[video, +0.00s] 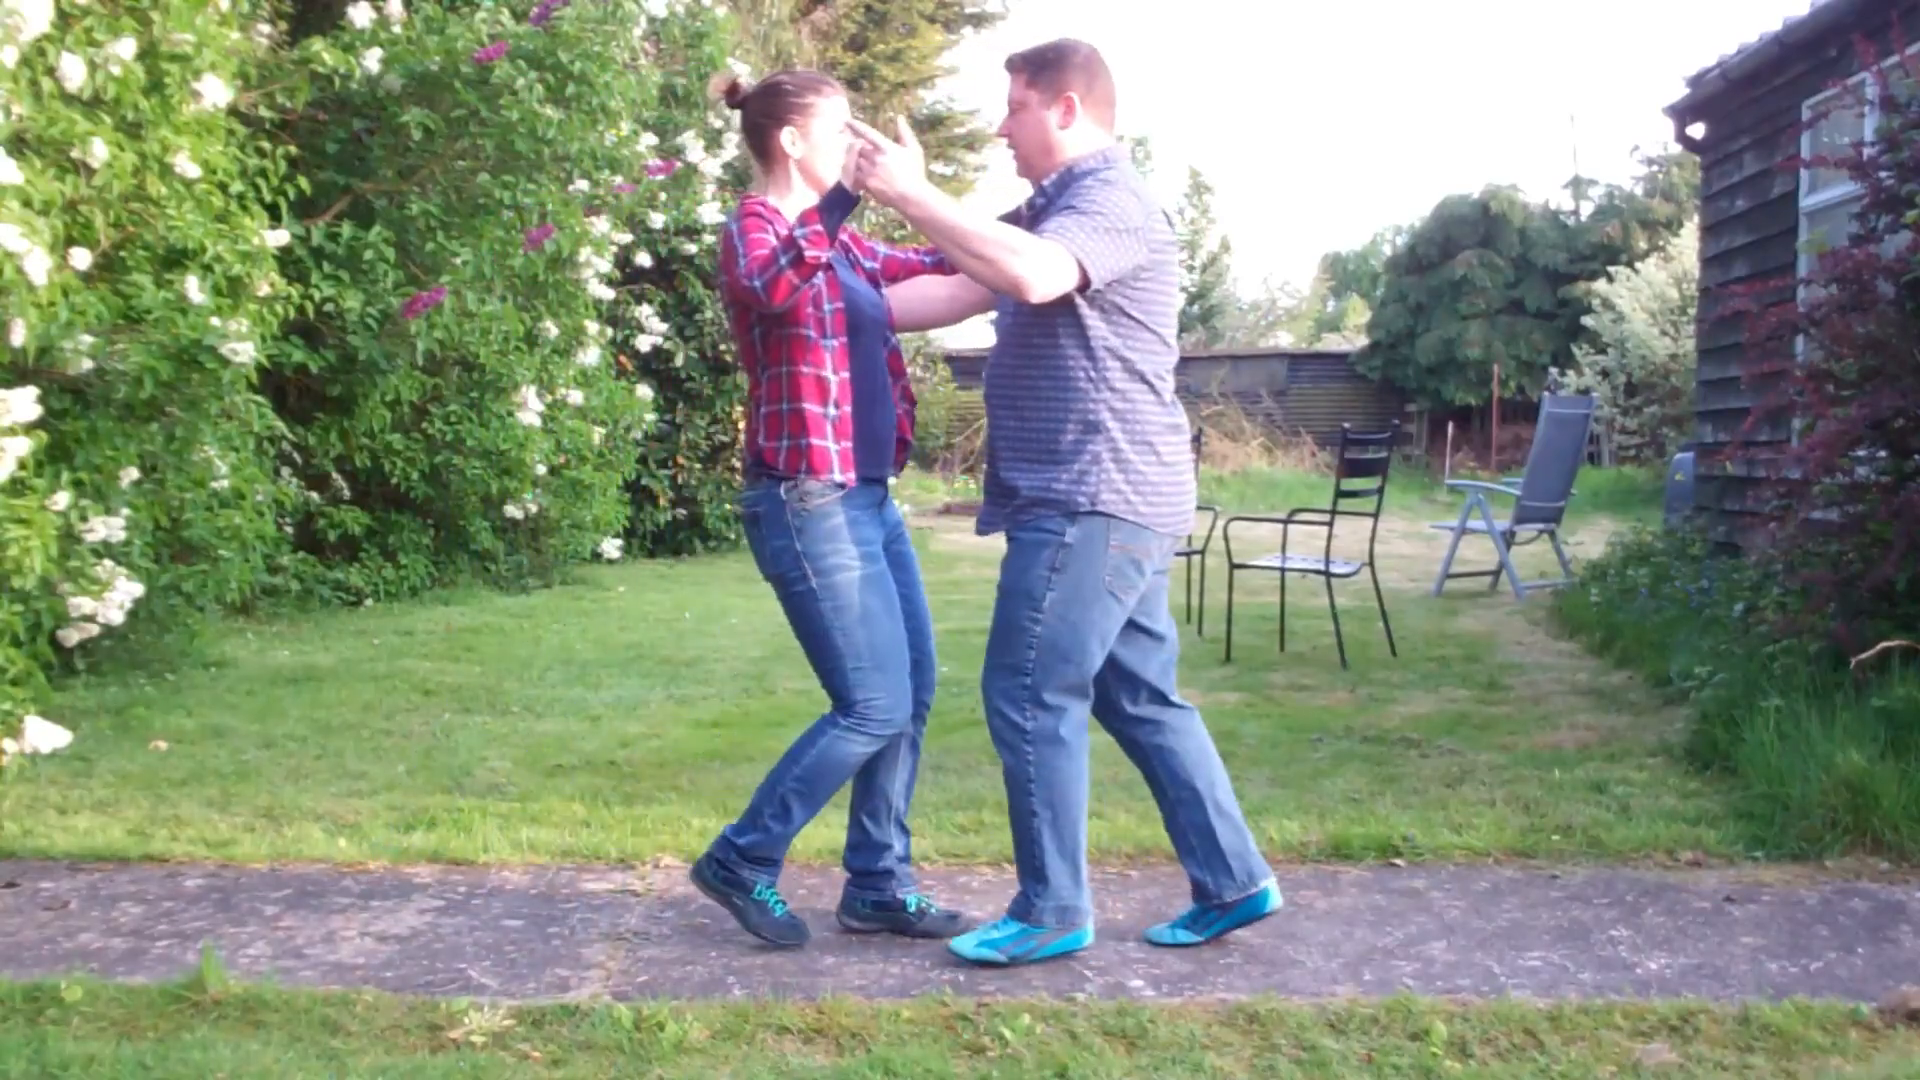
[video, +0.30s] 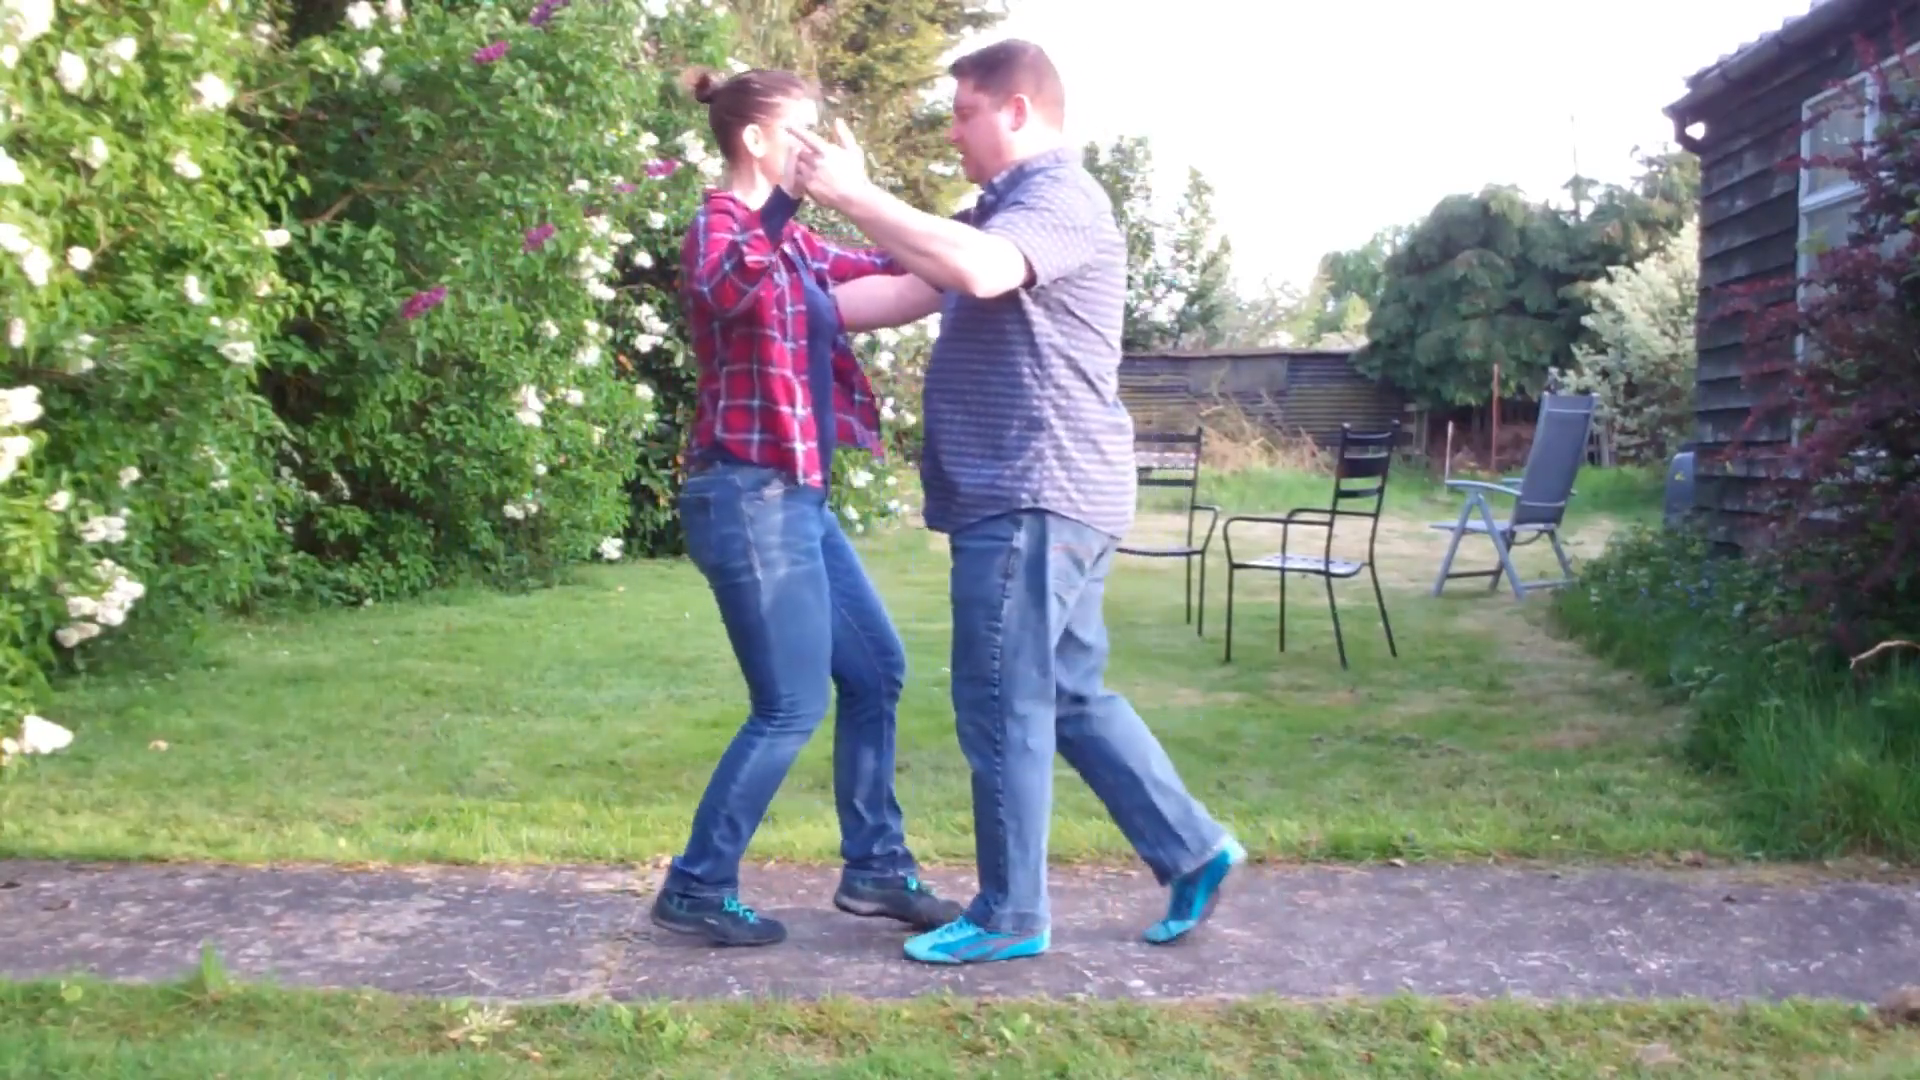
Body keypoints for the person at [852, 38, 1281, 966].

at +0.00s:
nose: (1003, 130)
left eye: (1013, 110)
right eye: (1005, 112)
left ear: (1066, 108)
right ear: (1073, 109)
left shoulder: (1114, 198)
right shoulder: (1060, 211)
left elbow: (1036, 273)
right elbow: (956, 287)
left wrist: (914, 194)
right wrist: (823, 308)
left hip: (1097, 495)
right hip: (1111, 495)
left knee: (1029, 695)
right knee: (1140, 697)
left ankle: (1055, 912)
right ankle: (1234, 881)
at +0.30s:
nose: (955, 136)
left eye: (963, 116)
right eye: (953, 118)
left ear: (1018, 108)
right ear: (1022, 111)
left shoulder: (1063, 196)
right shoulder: (1010, 209)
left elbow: (981, 266)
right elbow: (903, 289)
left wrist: (856, 194)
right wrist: (778, 309)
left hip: (1036, 493)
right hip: (1034, 493)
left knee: (1002, 711)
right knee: (1071, 696)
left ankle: (1011, 915)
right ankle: (1195, 851)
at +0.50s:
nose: (891, 143)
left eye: (898, 122)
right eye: (888, 125)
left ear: (950, 109)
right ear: (954, 113)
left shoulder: (1001, 186)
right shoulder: (955, 202)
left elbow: (900, 254)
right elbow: (845, 289)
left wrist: (766, 183)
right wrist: (712, 305)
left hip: (986, 489)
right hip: (944, 493)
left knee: (977, 698)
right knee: (905, 667)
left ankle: (1012, 913)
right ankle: (1011, 844)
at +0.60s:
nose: (858, 146)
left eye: (865, 126)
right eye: (854, 129)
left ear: (915, 114)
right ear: (921, 117)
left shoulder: (968, 195)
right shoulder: (923, 208)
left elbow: (858, 252)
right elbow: (825, 291)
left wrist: (723, 174)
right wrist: (694, 297)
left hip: (959, 491)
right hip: (917, 494)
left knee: (959, 699)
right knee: (880, 678)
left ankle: (1011, 912)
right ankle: (880, 880)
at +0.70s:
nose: (826, 149)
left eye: (831, 130)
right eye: (823, 133)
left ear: (879, 118)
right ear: (893, 121)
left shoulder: (928, 199)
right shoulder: (900, 211)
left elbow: (809, 251)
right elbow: (790, 290)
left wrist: (690, 173)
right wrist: (670, 294)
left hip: (922, 496)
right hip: (893, 498)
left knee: (942, 706)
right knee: (866, 697)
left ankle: (1007, 906)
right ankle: (793, 874)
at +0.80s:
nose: (788, 150)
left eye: (796, 130)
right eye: (788, 131)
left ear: (841, 122)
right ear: (856, 123)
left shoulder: (889, 199)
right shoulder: (866, 209)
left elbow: (777, 265)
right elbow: (757, 291)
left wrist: (663, 181)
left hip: (886, 497)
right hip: (852, 500)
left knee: (902, 697)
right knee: (828, 693)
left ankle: (999, 893)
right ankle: (792, 882)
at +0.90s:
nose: (752, 152)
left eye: (759, 132)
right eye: (752, 134)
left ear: (805, 124)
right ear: (821, 126)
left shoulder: (854, 201)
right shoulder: (835, 205)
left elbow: (735, 279)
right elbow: (729, 294)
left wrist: (633, 192)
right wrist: (636, 220)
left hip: (850, 490)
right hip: (816, 491)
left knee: (813, 682)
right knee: (794, 686)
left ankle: (960, 862)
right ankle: (782, 883)